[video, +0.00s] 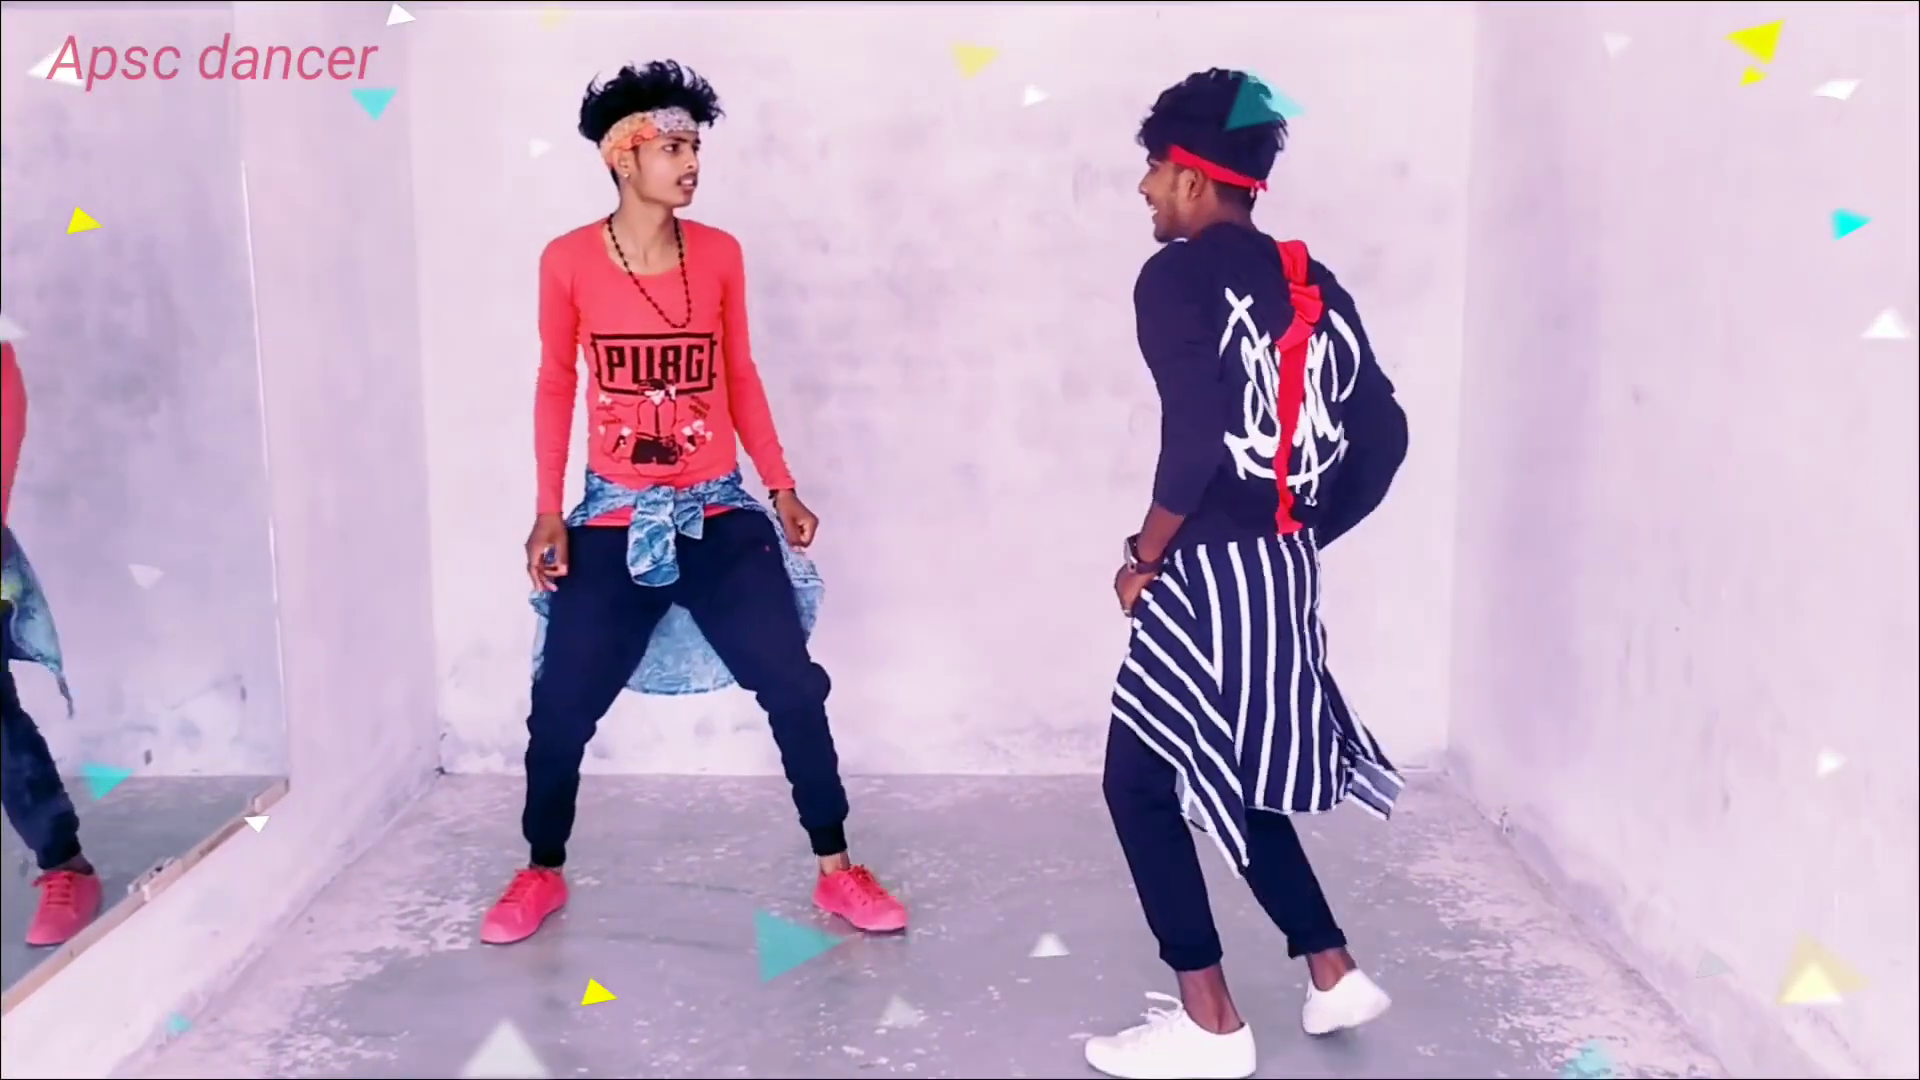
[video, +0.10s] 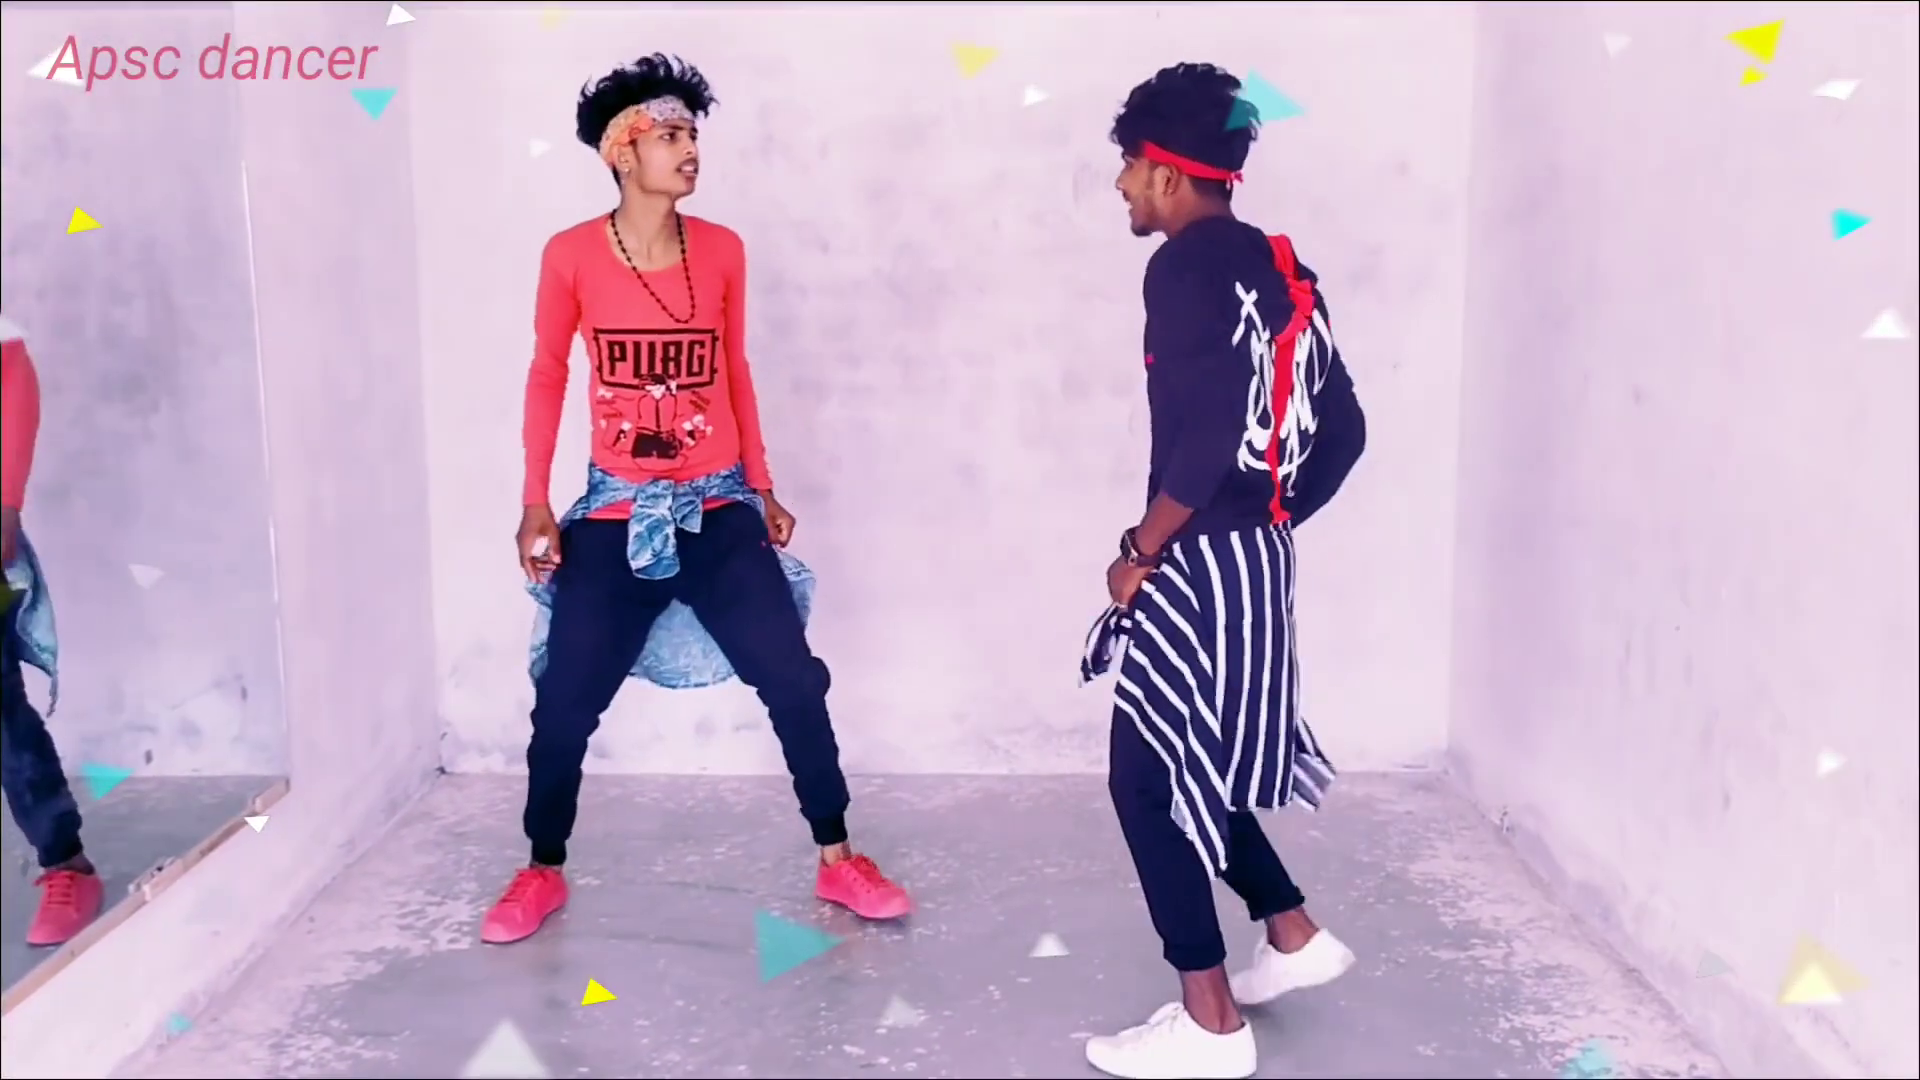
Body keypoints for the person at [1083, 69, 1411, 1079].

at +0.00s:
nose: (1143, 186)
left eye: (1154, 168)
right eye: (1148, 166)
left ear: (1194, 174)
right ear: (1236, 177)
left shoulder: (1173, 275)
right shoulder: (1312, 279)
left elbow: (1197, 427)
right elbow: (1380, 436)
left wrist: (1148, 547)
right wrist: (1301, 527)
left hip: (1206, 562)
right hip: (1284, 563)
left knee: (1136, 783)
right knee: (1236, 775)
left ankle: (1209, 1020)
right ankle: (1333, 975)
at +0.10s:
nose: (1120, 183)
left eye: (1128, 164)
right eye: (1124, 163)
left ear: (1167, 168)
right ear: (1211, 168)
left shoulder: (1185, 264)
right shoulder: (1282, 265)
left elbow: (1205, 435)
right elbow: (1339, 429)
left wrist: (1142, 545)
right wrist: (1269, 512)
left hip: (1196, 551)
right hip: (1256, 548)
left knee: (1140, 773)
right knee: (1192, 752)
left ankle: (1209, 1018)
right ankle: (1293, 934)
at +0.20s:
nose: (1103, 180)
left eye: (1110, 161)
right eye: (1106, 161)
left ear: (1147, 164)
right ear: (1188, 164)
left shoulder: (1197, 259)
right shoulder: (1240, 254)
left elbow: (1239, 423)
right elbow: (1300, 423)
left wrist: (1152, 540)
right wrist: (1222, 512)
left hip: (1195, 547)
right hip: (1220, 542)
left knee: (1142, 757)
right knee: (1161, 738)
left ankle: (1211, 1020)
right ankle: (1225, 922)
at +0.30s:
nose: (1094, 183)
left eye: (1099, 163)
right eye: (1096, 163)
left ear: (1138, 165)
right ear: (1164, 164)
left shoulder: (1206, 260)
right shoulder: (1181, 257)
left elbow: (1265, 418)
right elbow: (1181, 416)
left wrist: (1163, 536)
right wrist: (1136, 526)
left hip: (1195, 550)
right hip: (1164, 543)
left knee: (1158, 756)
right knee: (1139, 741)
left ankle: (1218, 1017)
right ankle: (1161, 915)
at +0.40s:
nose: (1083, 200)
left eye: (1089, 179)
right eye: (1082, 180)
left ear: (1133, 171)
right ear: (1140, 169)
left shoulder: (1216, 263)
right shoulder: (1167, 268)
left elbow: (1283, 408)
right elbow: (1181, 411)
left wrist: (1152, 494)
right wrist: (1112, 451)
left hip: (1196, 553)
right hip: (1147, 543)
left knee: (1161, 770)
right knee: (1120, 743)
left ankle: (1218, 1016)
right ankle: (1153, 914)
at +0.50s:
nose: (1086, 242)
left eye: (1086, 221)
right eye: (1077, 226)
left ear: (1134, 191)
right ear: (1128, 194)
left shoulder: (1234, 260)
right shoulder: (1150, 269)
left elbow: (1236, 427)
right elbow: (1146, 390)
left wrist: (1095, 442)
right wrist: (1059, 421)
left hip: (1207, 547)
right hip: (1140, 539)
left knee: (1176, 755)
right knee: (1114, 744)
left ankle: (1215, 1001)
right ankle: (1156, 913)